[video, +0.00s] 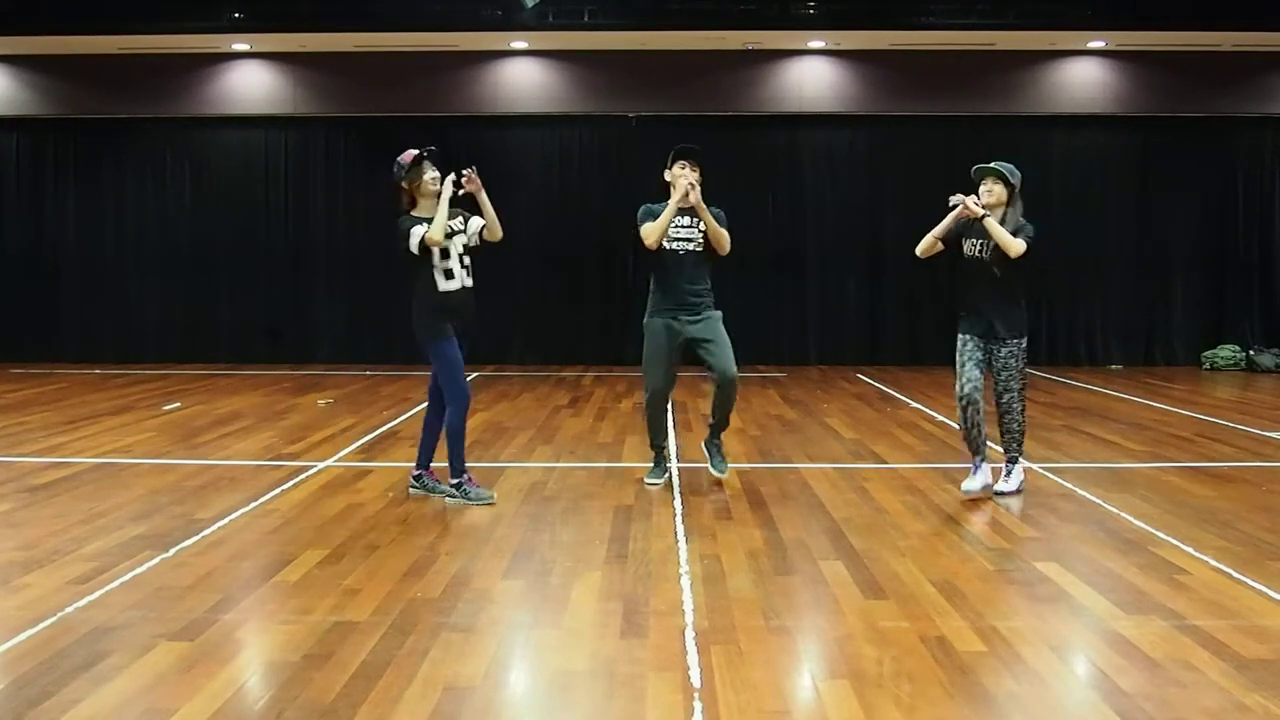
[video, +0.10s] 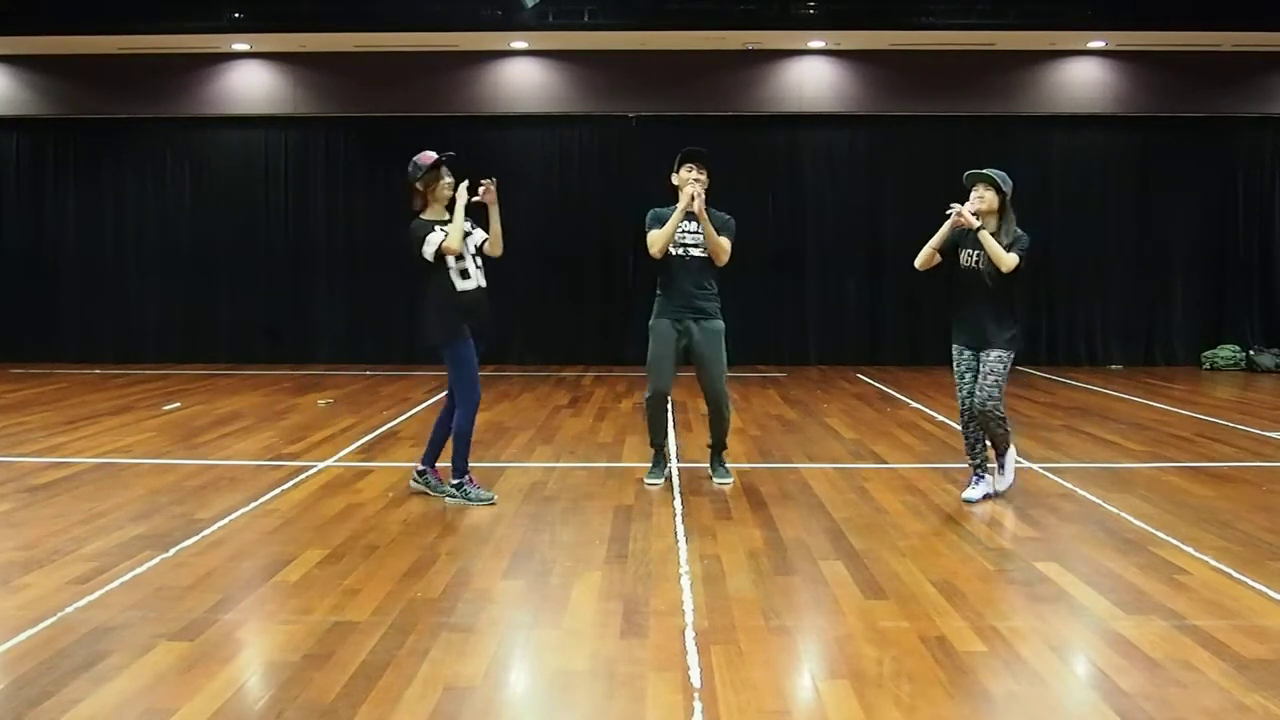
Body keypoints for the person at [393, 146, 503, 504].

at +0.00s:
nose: (435, 175)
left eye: (435, 170)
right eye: (426, 174)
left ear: (440, 180)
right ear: (410, 187)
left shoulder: (456, 216)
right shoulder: (408, 224)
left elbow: (494, 233)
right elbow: (436, 239)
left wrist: (480, 193)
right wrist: (444, 199)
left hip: (460, 317)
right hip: (433, 320)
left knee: (439, 397)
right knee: (459, 394)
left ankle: (421, 473)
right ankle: (458, 479)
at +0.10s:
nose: (450, 184)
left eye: (449, 178)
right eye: (442, 181)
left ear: (449, 182)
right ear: (425, 189)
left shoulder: (461, 219)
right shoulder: (420, 228)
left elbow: (495, 249)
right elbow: (453, 246)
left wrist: (492, 206)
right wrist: (461, 205)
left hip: (469, 315)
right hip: (447, 317)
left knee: (457, 397)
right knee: (469, 395)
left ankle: (425, 470)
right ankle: (460, 480)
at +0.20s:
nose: (463, 178)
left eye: (461, 172)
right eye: (454, 173)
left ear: (457, 179)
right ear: (438, 183)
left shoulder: (468, 220)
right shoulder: (436, 225)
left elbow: (508, 247)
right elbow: (479, 236)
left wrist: (507, 205)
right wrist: (477, 198)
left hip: (490, 317)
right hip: (465, 320)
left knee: (495, 398)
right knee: (473, 400)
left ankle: (444, 456)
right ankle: (459, 480)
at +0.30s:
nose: (478, 172)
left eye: (474, 167)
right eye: (469, 168)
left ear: (465, 179)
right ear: (453, 180)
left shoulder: (480, 221)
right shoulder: (456, 220)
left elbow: (525, 239)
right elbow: (503, 229)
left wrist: (519, 198)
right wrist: (497, 193)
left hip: (501, 318)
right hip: (477, 321)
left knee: (522, 395)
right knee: (478, 401)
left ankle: (482, 461)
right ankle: (459, 481)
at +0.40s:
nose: (494, 172)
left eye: (491, 167)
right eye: (486, 168)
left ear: (477, 179)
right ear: (471, 179)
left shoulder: (491, 216)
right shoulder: (474, 217)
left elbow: (534, 240)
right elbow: (528, 234)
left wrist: (531, 201)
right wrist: (517, 195)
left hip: (514, 319)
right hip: (490, 322)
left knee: (538, 394)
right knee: (479, 402)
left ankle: (524, 475)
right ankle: (460, 480)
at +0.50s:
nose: (515, 180)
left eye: (513, 173)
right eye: (508, 175)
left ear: (495, 182)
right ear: (489, 182)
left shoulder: (503, 220)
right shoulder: (486, 222)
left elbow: (541, 255)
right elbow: (539, 250)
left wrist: (545, 215)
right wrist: (534, 208)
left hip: (531, 321)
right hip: (508, 323)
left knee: (546, 395)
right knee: (505, 403)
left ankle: (533, 477)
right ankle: (465, 476)